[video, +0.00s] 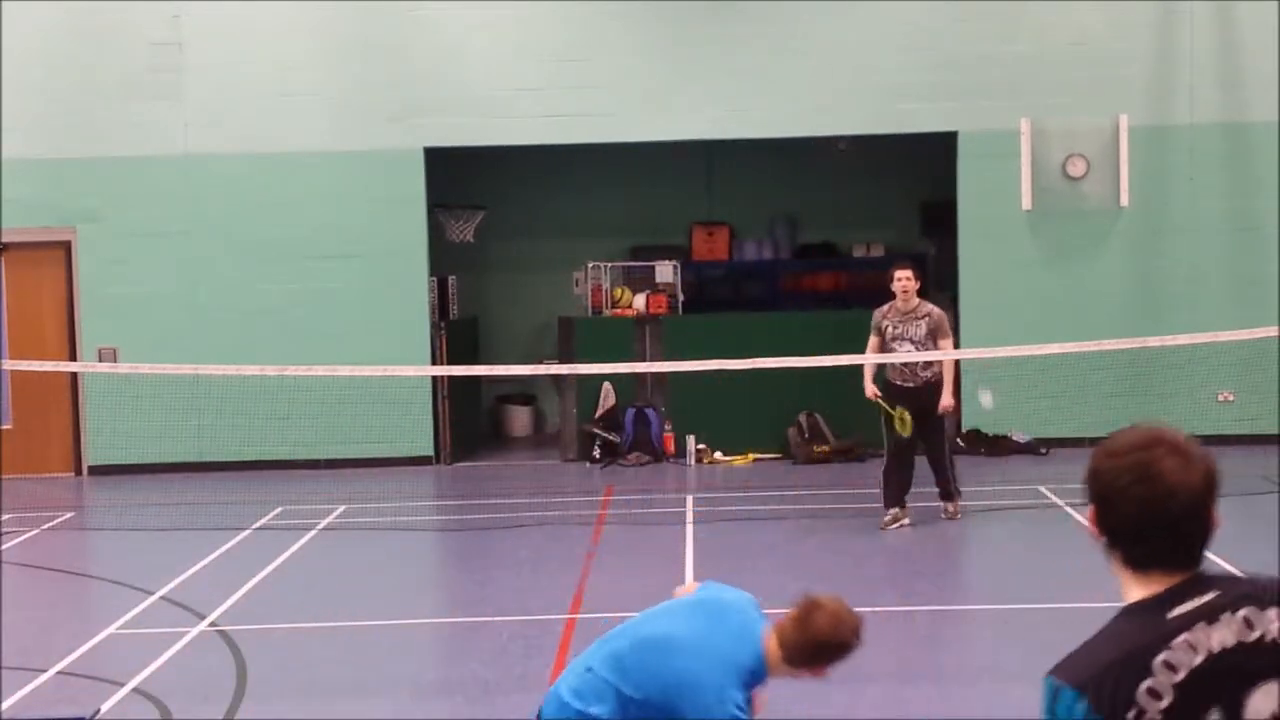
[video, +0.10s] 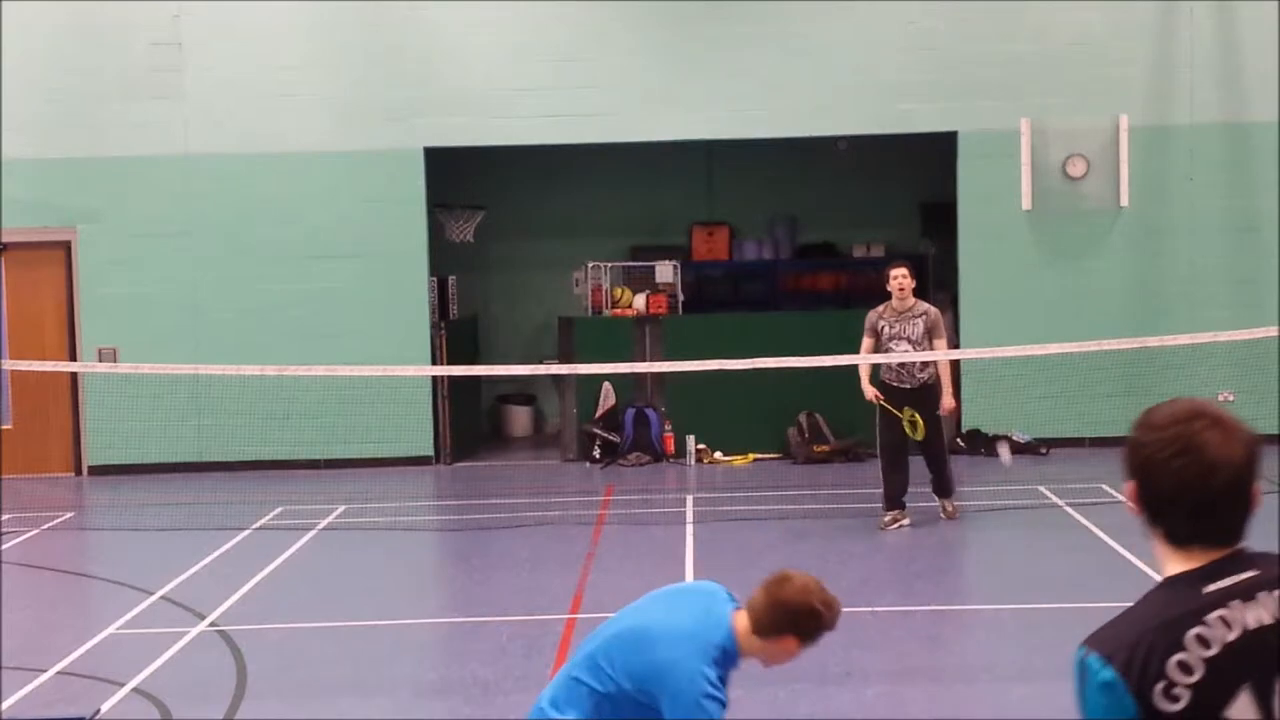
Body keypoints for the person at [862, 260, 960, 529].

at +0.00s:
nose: (903, 285)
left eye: (907, 280)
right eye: (898, 280)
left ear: (917, 284)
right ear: (892, 285)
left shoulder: (935, 315)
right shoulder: (881, 316)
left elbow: (948, 354)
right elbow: (872, 351)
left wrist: (947, 392)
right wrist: (868, 381)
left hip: (929, 389)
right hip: (896, 390)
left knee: (937, 448)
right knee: (897, 449)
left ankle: (949, 499)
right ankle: (896, 507)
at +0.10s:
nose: (900, 282)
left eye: (904, 277)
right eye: (895, 278)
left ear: (913, 282)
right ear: (888, 285)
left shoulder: (930, 313)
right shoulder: (875, 317)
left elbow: (941, 354)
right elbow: (865, 354)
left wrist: (947, 393)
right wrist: (865, 383)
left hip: (926, 389)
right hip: (891, 391)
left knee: (934, 447)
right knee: (891, 449)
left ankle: (945, 496)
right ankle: (895, 509)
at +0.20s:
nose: (882, 298)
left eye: (887, 293)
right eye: (878, 293)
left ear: (898, 297)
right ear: (874, 296)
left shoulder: (912, 326)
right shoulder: (873, 316)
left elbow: (928, 362)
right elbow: (871, 349)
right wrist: (866, 383)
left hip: (903, 385)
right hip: (881, 384)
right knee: (887, 434)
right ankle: (898, 488)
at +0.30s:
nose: (888, 298)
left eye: (893, 292)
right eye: (885, 292)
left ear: (905, 295)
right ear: (880, 295)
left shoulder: (919, 324)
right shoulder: (877, 316)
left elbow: (935, 360)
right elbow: (874, 346)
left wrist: (933, 394)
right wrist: (864, 380)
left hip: (914, 388)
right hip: (889, 386)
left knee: (914, 441)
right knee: (891, 439)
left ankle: (932, 488)